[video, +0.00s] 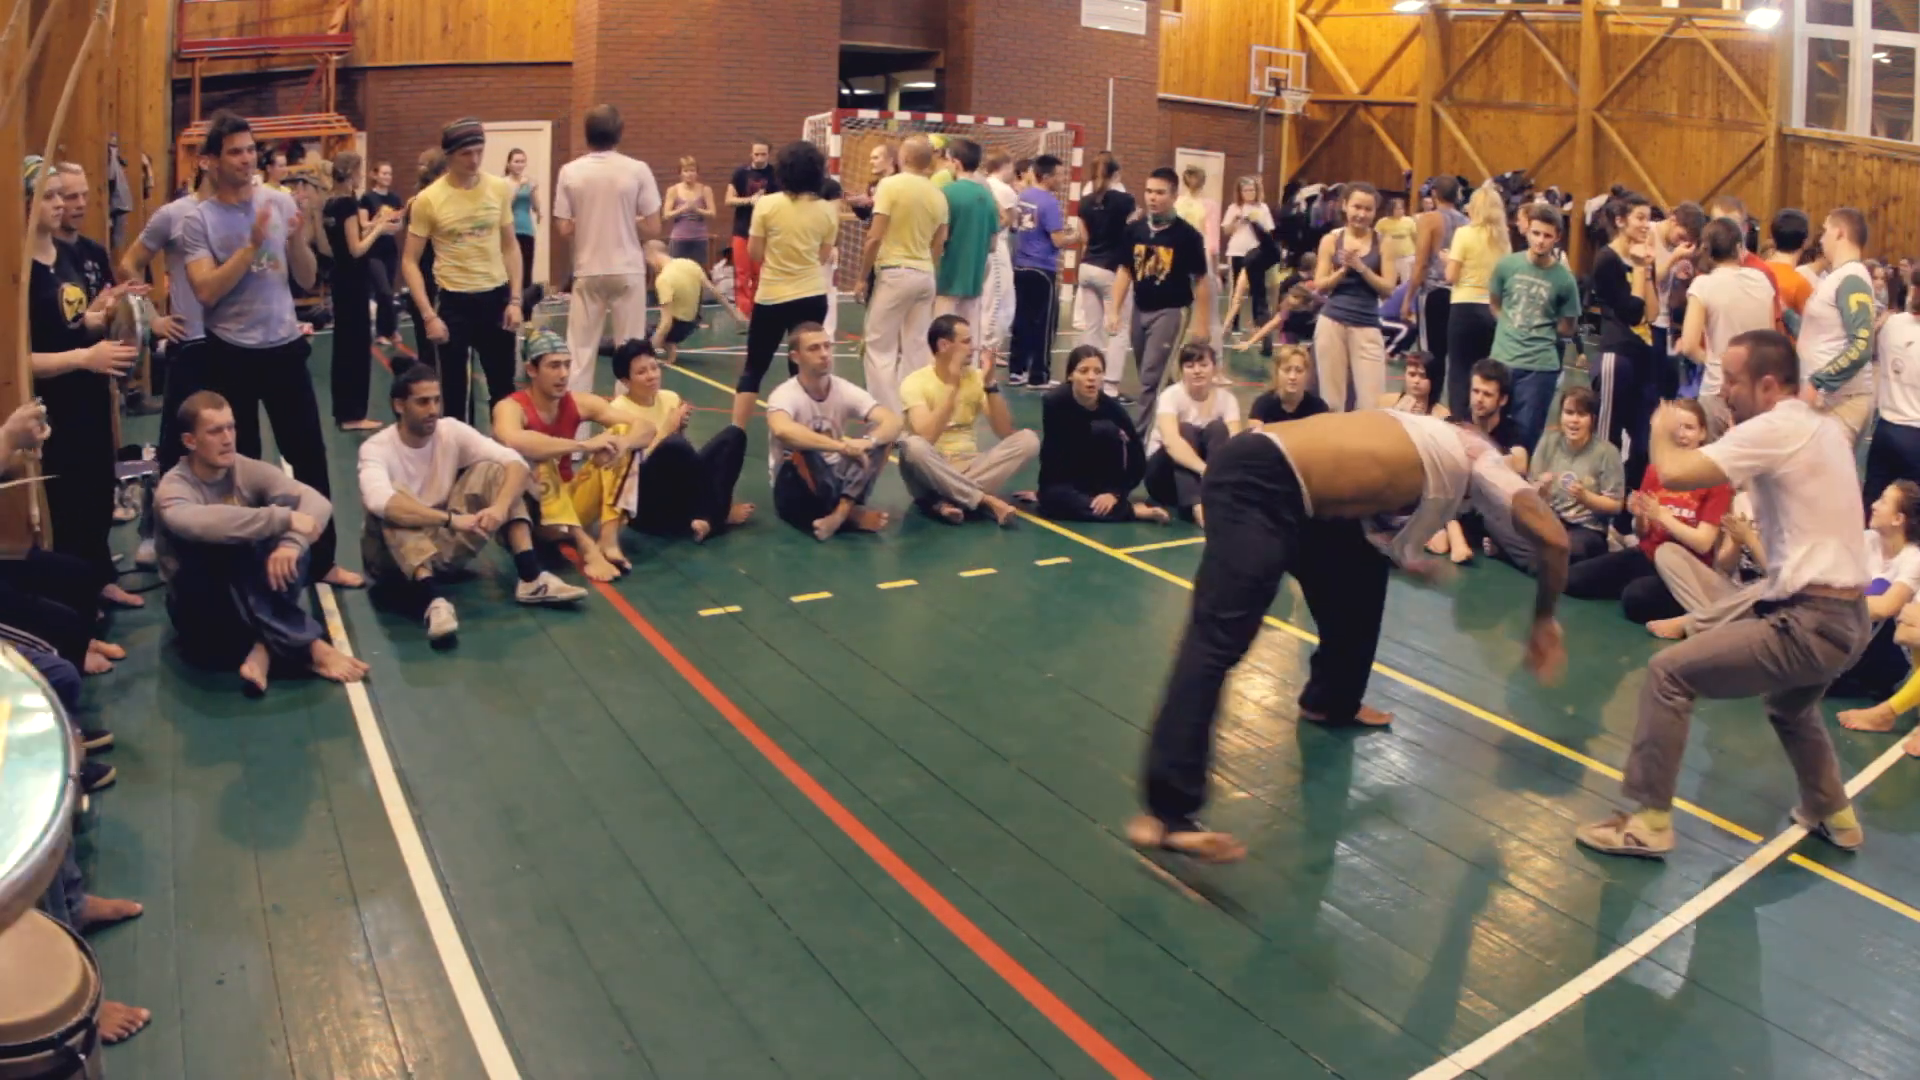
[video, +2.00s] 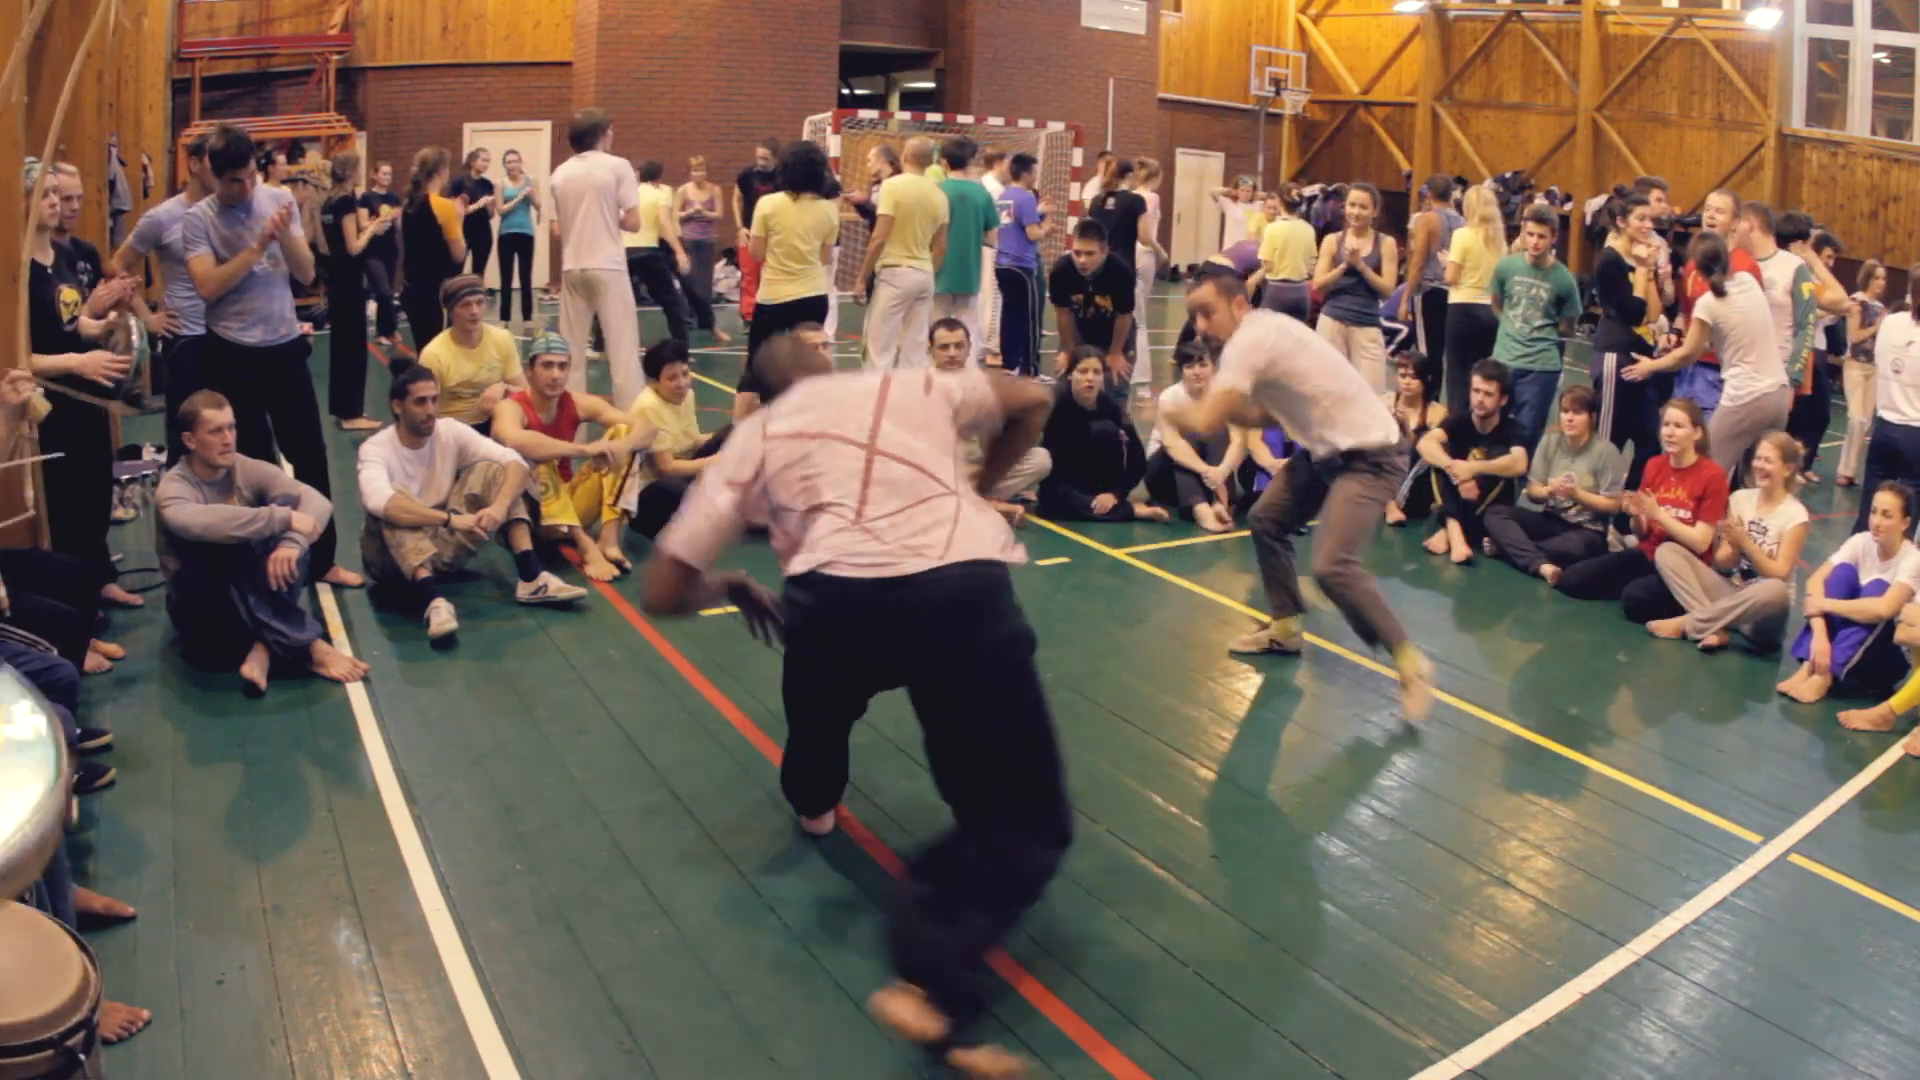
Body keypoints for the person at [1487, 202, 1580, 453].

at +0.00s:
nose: (1540, 241)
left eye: (1547, 236)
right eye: (1536, 233)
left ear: (1557, 238)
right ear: (1526, 232)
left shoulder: (1565, 279)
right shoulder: (1506, 264)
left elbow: (1567, 328)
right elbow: (1495, 306)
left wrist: (1538, 330)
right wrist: (1515, 327)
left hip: (1539, 363)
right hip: (1502, 356)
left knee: (1525, 435)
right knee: (1491, 429)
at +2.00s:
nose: (1534, 242)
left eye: (1541, 236)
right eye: (1530, 234)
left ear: (1553, 239)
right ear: (1522, 234)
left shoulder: (1564, 279)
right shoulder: (1505, 266)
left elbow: (1568, 326)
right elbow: (1496, 305)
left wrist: (1540, 334)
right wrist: (1515, 327)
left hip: (1541, 361)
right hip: (1504, 355)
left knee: (1527, 432)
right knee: (1493, 424)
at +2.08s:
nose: (1534, 242)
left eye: (1541, 236)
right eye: (1530, 234)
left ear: (1553, 239)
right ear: (1522, 233)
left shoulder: (1564, 279)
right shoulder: (1505, 266)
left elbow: (1568, 325)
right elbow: (1496, 304)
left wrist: (1541, 334)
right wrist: (1514, 327)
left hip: (1540, 360)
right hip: (1503, 354)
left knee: (1526, 432)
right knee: (1492, 424)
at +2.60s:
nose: (1534, 241)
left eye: (1540, 235)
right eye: (1529, 234)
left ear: (1552, 238)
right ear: (1521, 234)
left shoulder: (1563, 279)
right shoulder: (1503, 266)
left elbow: (1567, 326)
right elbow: (1495, 309)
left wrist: (1539, 334)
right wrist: (1514, 330)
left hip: (1540, 360)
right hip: (1503, 356)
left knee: (1526, 430)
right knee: (1492, 424)